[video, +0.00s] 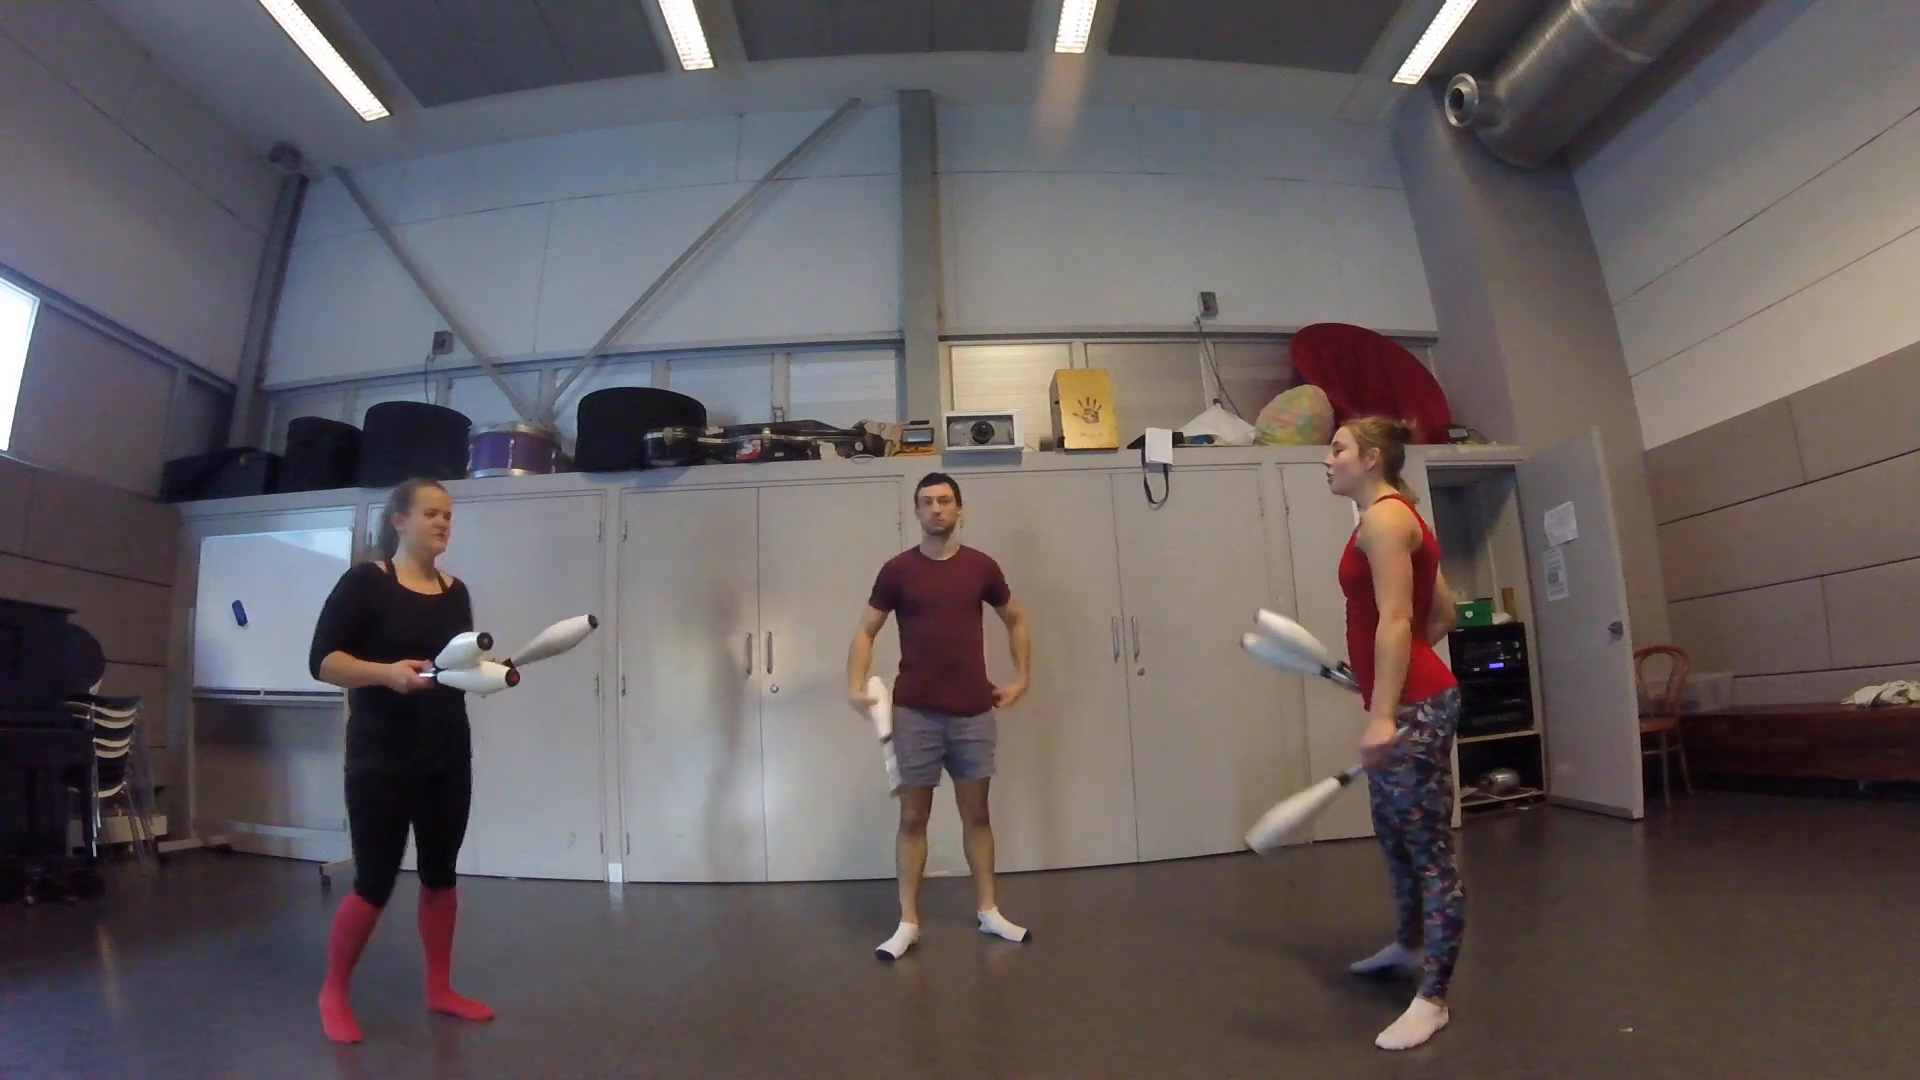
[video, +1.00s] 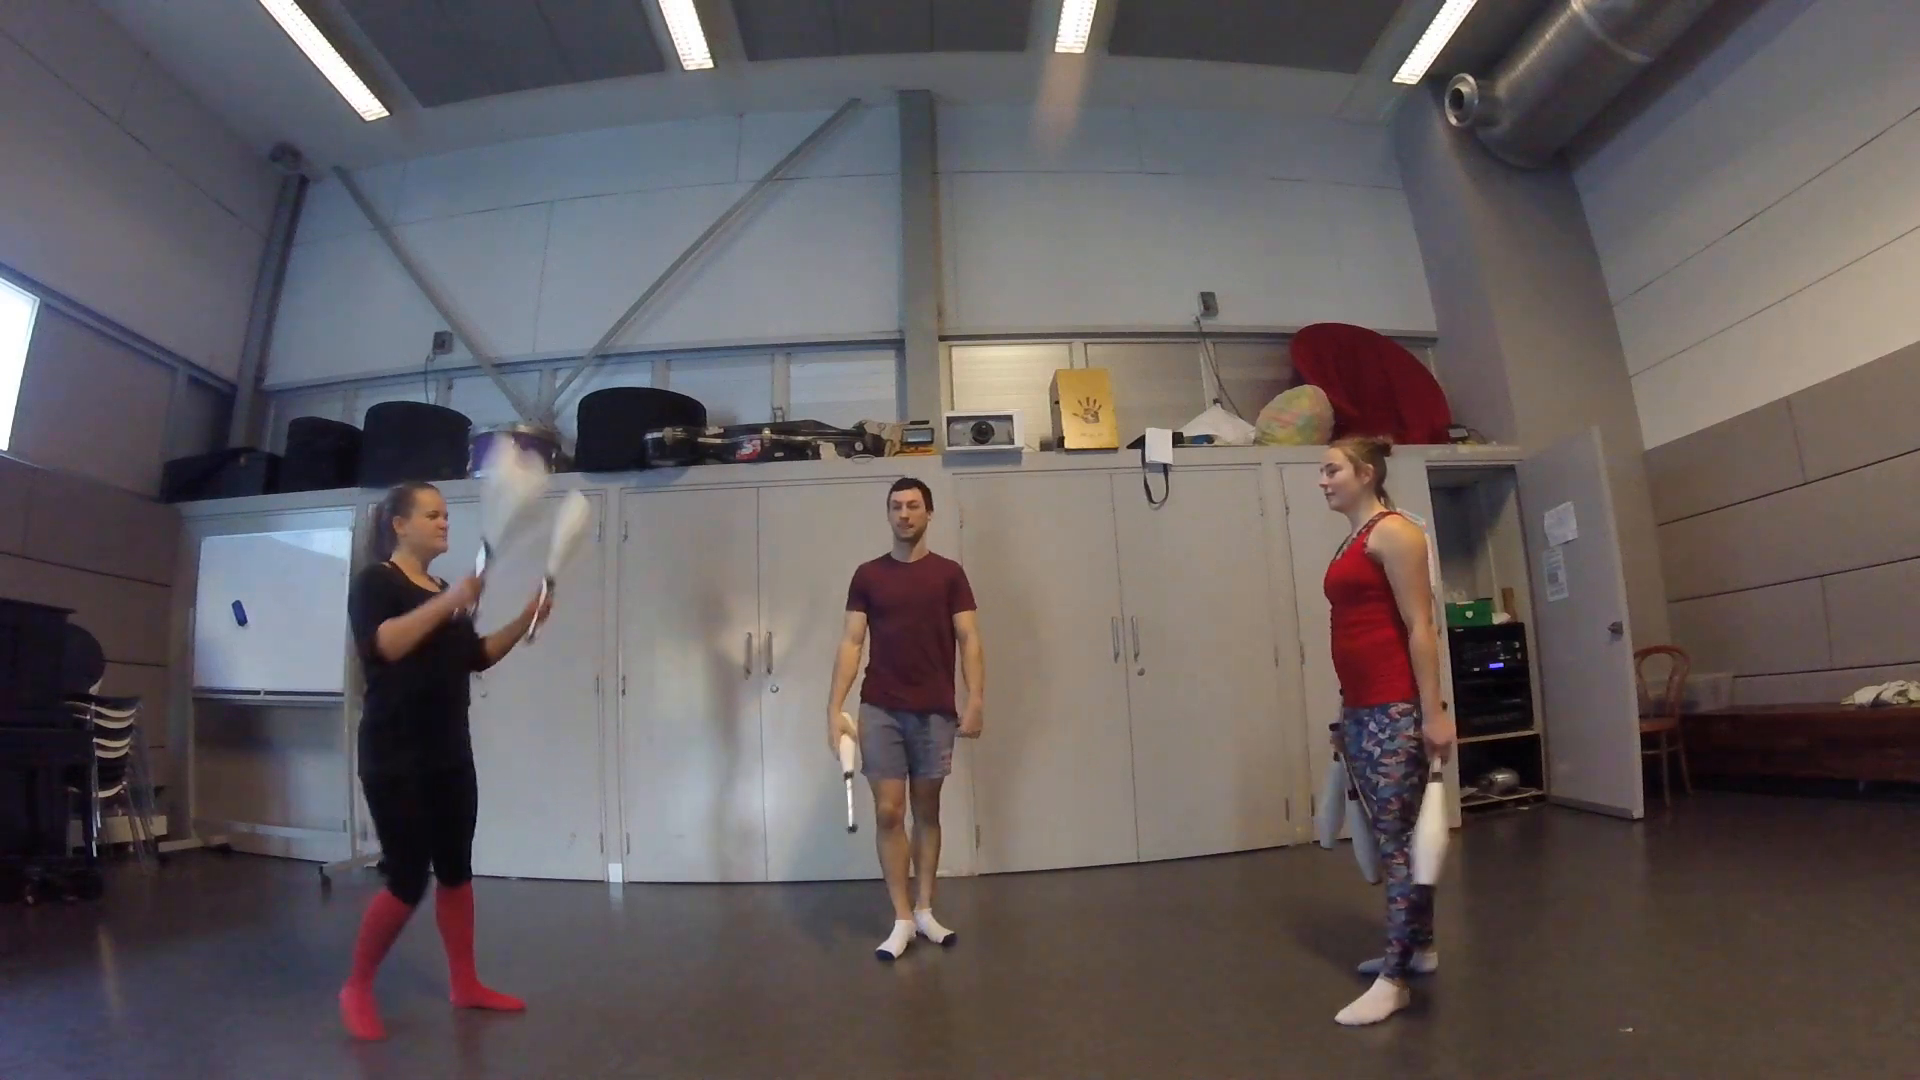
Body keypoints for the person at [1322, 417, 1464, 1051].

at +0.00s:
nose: (1327, 459)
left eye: (1338, 449)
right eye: (1331, 448)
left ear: (1371, 459)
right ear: (1369, 459)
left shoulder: (1382, 518)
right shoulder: (1398, 515)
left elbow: (1395, 621)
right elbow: (1442, 613)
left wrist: (1382, 715)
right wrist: (1376, 669)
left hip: (1417, 705)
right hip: (1401, 701)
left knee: (1427, 846)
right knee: (1396, 831)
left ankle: (1434, 998)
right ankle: (1410, 944)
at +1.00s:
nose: (1322, 480)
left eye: (1332, 470)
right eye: (1321, 471)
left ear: (1367, 474)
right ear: (1348, 477)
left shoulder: (1394, 532)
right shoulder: (1356, 537)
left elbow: (1422, 626)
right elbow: (1362, 634)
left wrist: (1434, 711)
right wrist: (1350, 711)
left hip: (1393, 714)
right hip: (1362, 715)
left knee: (1398, 840)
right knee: (1387, 837)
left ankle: (1393, 978)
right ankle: (1415, 948)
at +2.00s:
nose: (1313, 480)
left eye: (1324, 470)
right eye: (1312, 471)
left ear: (1357, 475)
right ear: (1326, 481)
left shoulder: (1386, 534)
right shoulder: (1330, 545)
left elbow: (1406, 617)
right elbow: (1324, 629)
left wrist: (1348, 577)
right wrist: (1306, 694)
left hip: (1393, 707)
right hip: (1351, 708)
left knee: (1387, 833)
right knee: (1381, 831)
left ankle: (1385, 971)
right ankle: (1393, 941)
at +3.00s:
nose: (1312, 476)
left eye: (1323, 467)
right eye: (1313, 467)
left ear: (1355, 477)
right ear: (1339, 479)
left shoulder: (1369, 534)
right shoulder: (1342, 540)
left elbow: (1343, 607)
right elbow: (1333, 631)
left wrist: (1265, 635)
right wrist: (1273, 650)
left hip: (1374, 707)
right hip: (1351, 707)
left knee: (1383, 838)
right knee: (1377, 834)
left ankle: (1383, 975)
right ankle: (1392, 944)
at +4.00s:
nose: (1314, 481)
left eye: (1325, 472)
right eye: (1315, 471)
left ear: (1357, 480)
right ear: (1336, 481)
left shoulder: (1380, 538)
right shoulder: (1331, 549)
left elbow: (1381, 627)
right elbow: (1284, 618)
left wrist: (1316, 667)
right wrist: (1220, 596)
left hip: (1381, 701)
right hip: (1345, 703)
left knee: (1377, 829)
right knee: (1371, 827)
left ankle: (1381, 969)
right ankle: (1394, 938)